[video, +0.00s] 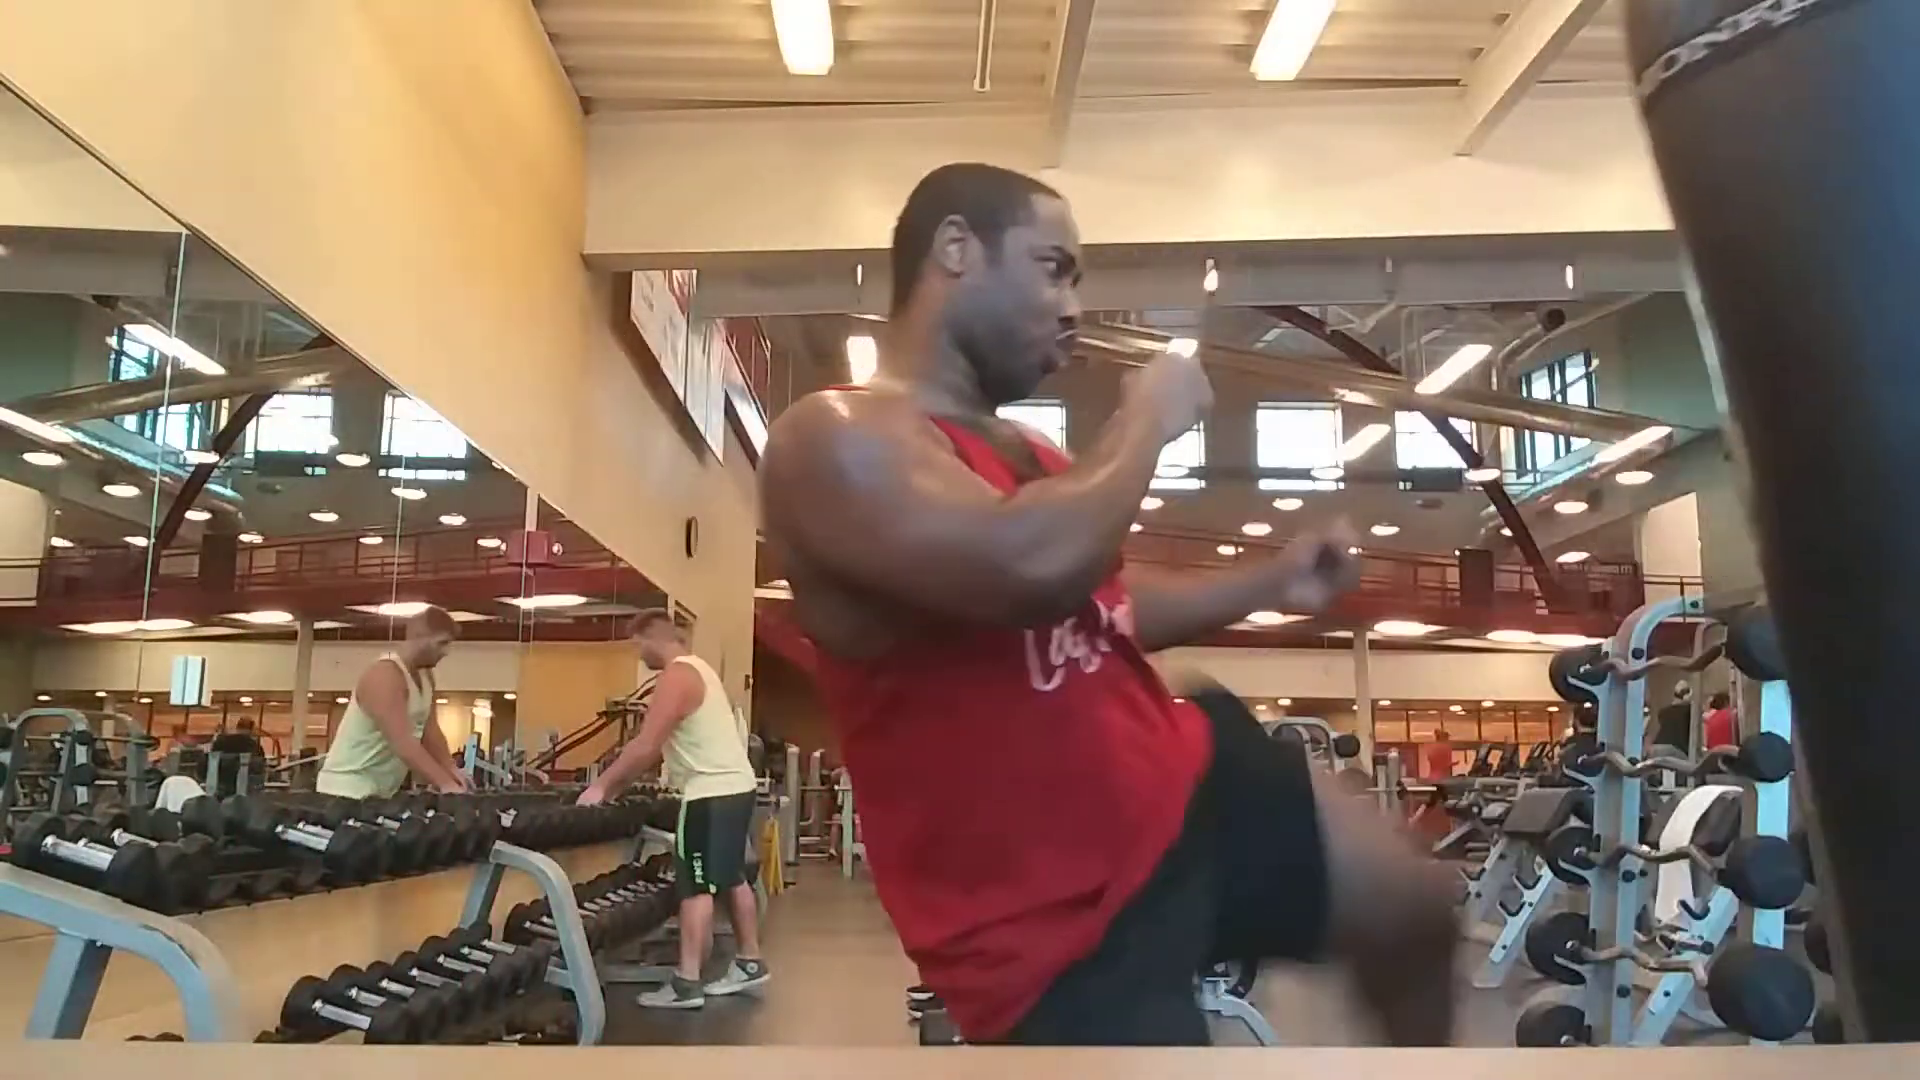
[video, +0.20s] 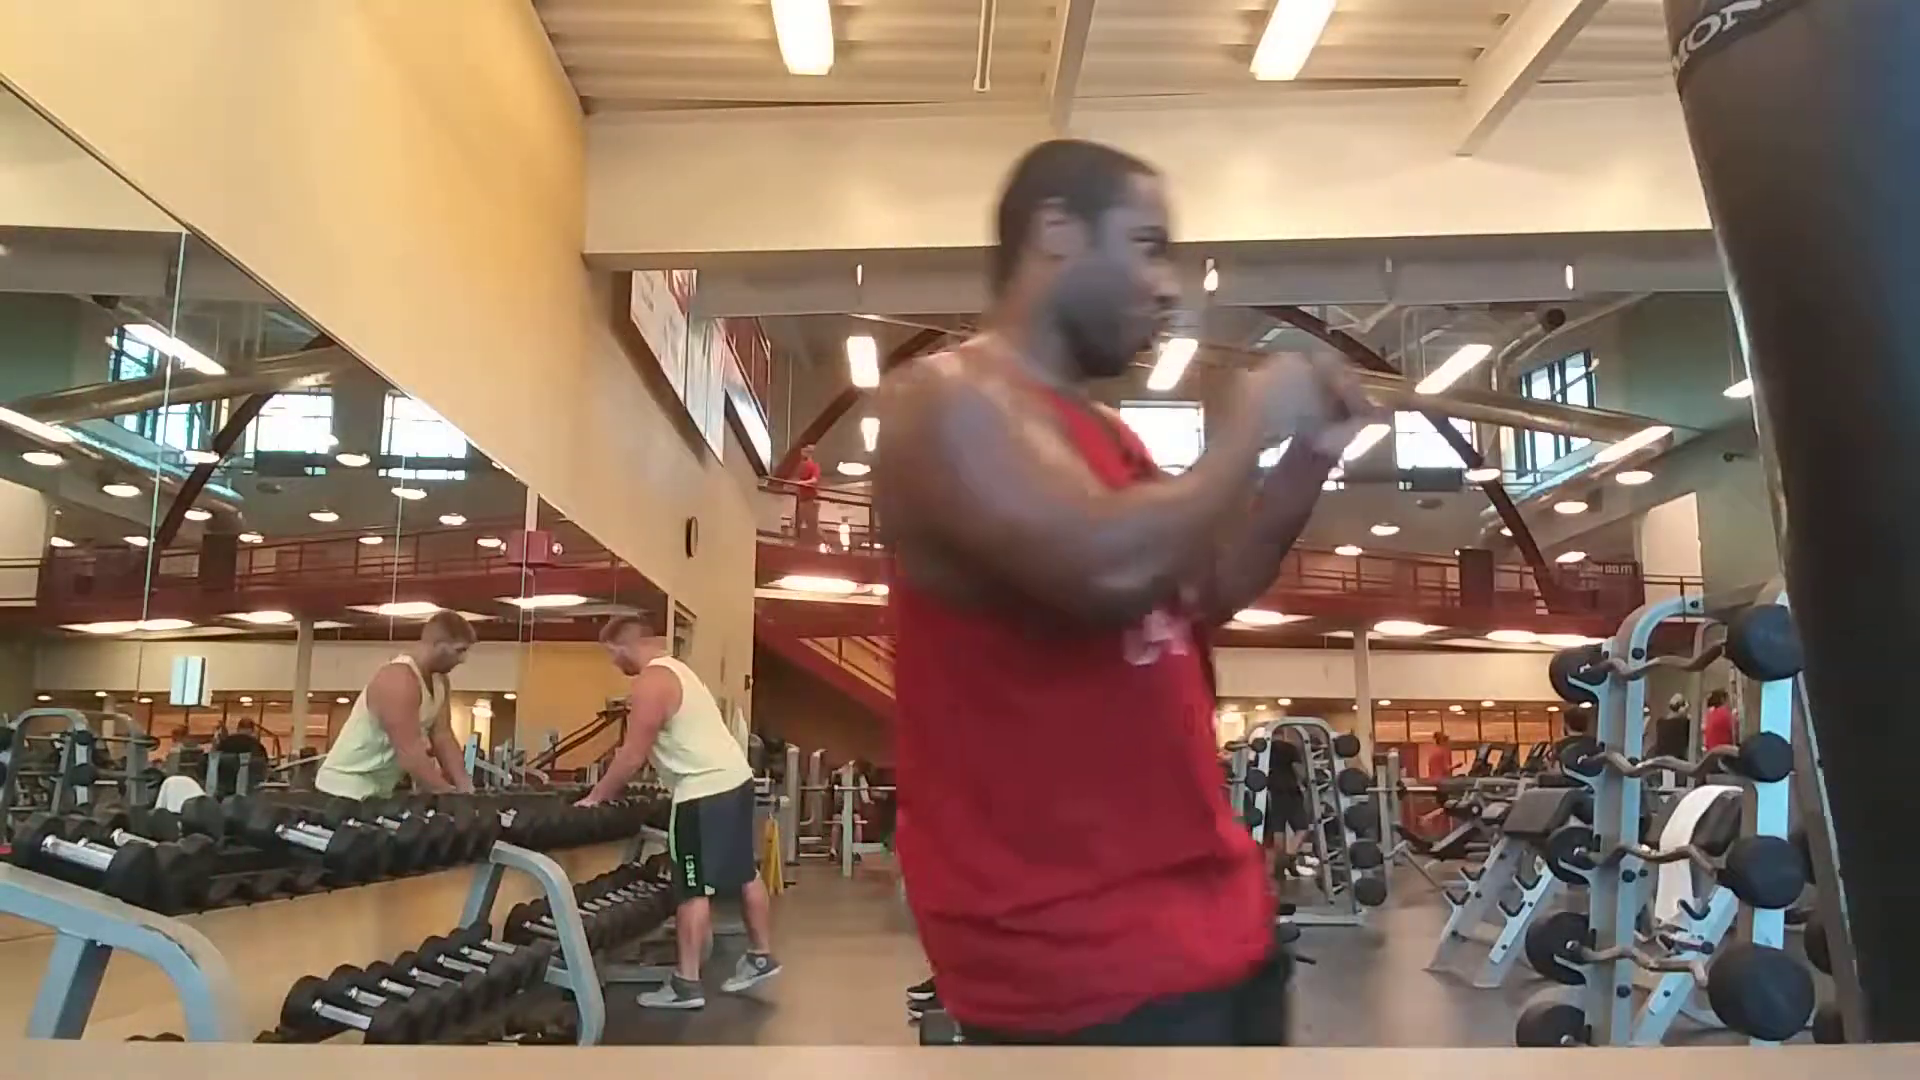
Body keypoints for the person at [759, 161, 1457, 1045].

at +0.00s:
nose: (1074, 307)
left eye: (1074, 280)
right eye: (1054, 269)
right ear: (955, 256)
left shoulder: (1017, 447)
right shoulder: (833, 437)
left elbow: (1096, 613)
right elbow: (1027, 564)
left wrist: (1266, 581)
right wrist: (1148, 416)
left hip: (1182, 790)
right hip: (1061, 937)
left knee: (1415, 905)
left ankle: (1417, 1058)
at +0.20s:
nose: (1171, 288)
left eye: (1170, 258)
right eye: (1150, 249)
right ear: (1054, 235)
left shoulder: (1099, 430)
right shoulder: (946, 399)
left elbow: (1210, 587)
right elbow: (1101, 569)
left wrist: (1311, 456)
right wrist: (1248, 427)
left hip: (1202, 930)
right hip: (1083, 958)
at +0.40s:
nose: (1247, 354)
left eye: (1247, 324)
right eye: (1229, 315)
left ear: (1145, 313)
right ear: (1138, 306)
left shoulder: (1135, 484)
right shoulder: (1037, 440)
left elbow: (1236, 645)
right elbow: (1162, 623)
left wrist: (1314, 517)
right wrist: (1348, 528)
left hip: (1194, 948)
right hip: (1079, 964)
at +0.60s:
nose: (1192, 358)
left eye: (1193, 330)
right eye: (1175, 321)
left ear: (1086, 319)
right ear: (1087, 311)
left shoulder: (1074, 450)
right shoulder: (1011, 427)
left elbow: (1219, 576)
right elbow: (1200, 554)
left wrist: (1347, 491)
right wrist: (1433, 481)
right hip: (996, 968)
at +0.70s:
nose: (1163, 312)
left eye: (1160, 282)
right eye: (1144, 275)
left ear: (1047, 268)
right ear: (1052, 263)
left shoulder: (968, 387)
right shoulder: (982, 373)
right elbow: (1203, 502)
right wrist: (1466, 476)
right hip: (931, 946)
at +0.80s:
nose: (1116, 279)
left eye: (1114, 246)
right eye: (1096, 237)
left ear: (998, 236)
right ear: (1003, 228)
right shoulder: (928, 344)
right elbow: (1159, 478)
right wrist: (1413, 489)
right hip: (865, 928)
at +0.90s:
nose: (1036, 294)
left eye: (1037, 265)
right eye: (1024, 256)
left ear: (928, 244)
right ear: (934, 240)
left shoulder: (888, 385)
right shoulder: (857, 354)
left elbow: (970, 600)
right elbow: (1125, 460)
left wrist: (1062, 496)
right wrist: (1378, 480)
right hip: (780, 926)